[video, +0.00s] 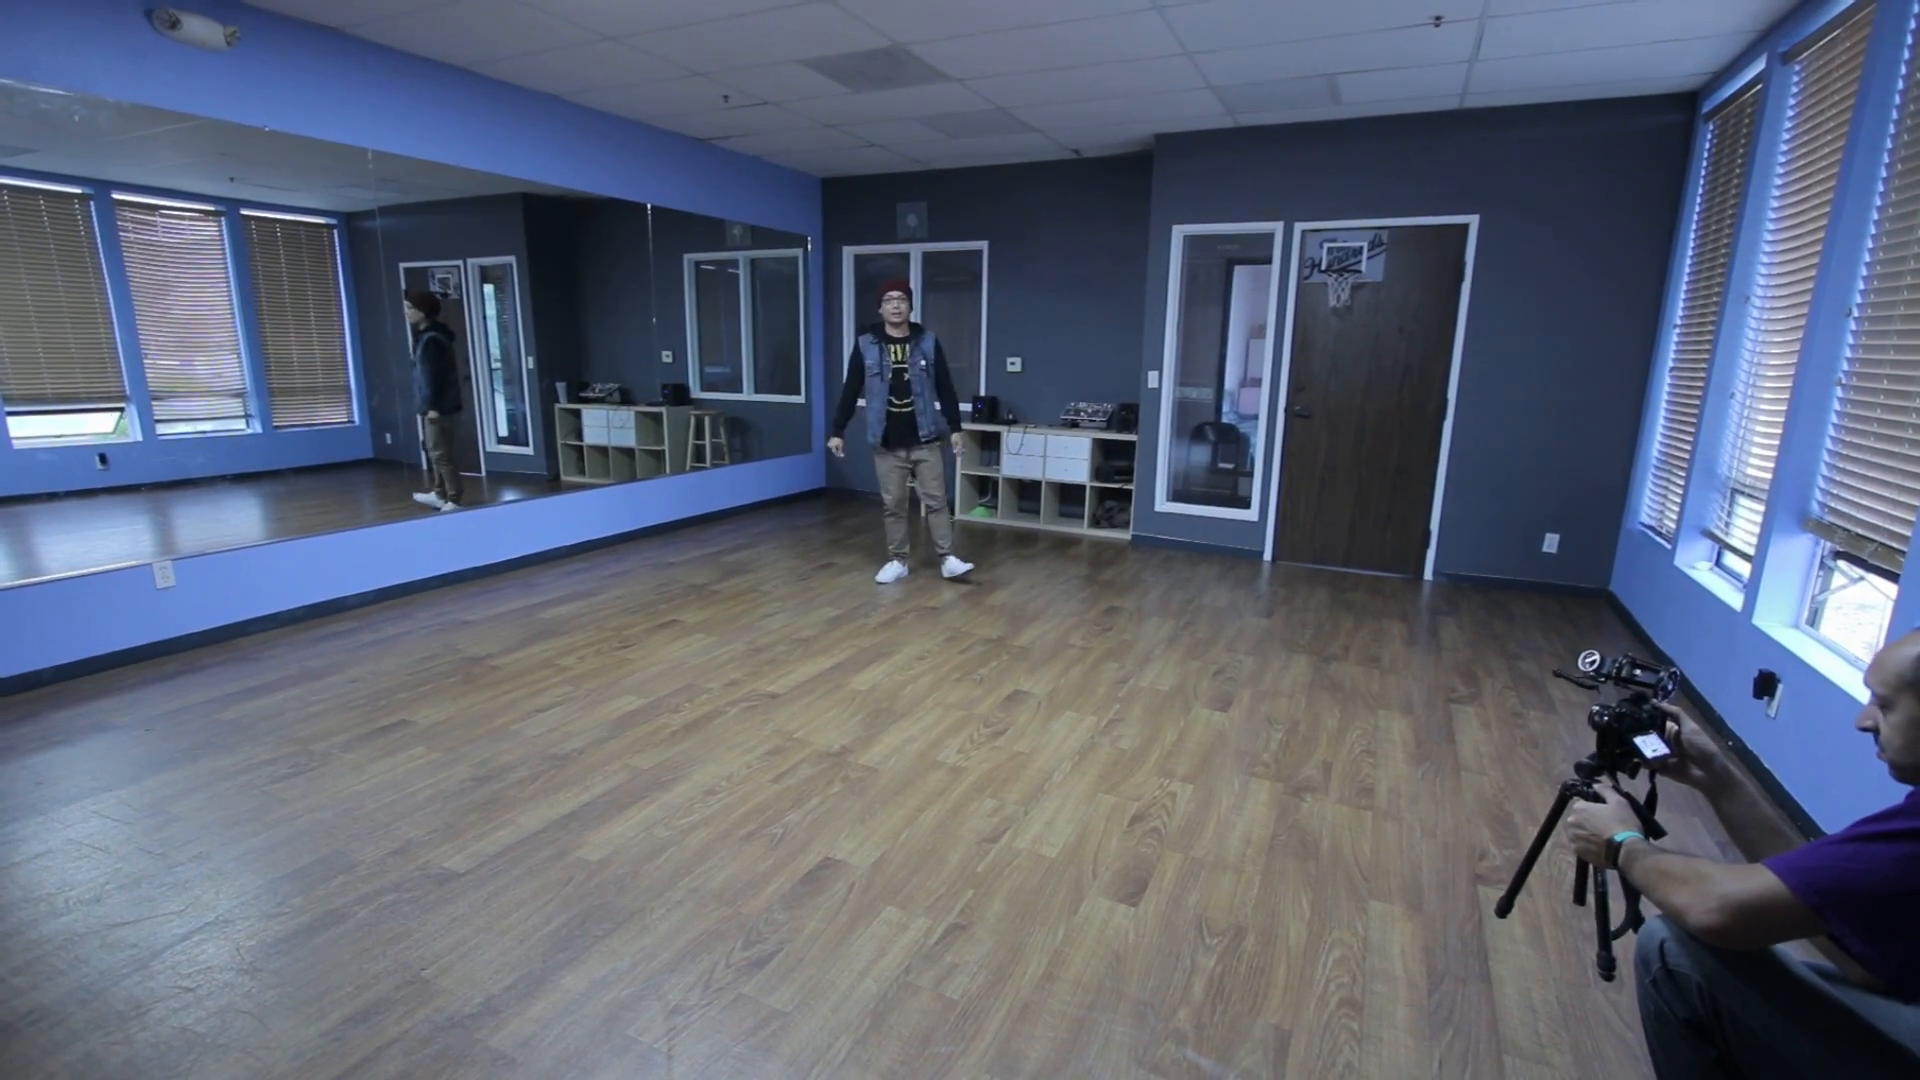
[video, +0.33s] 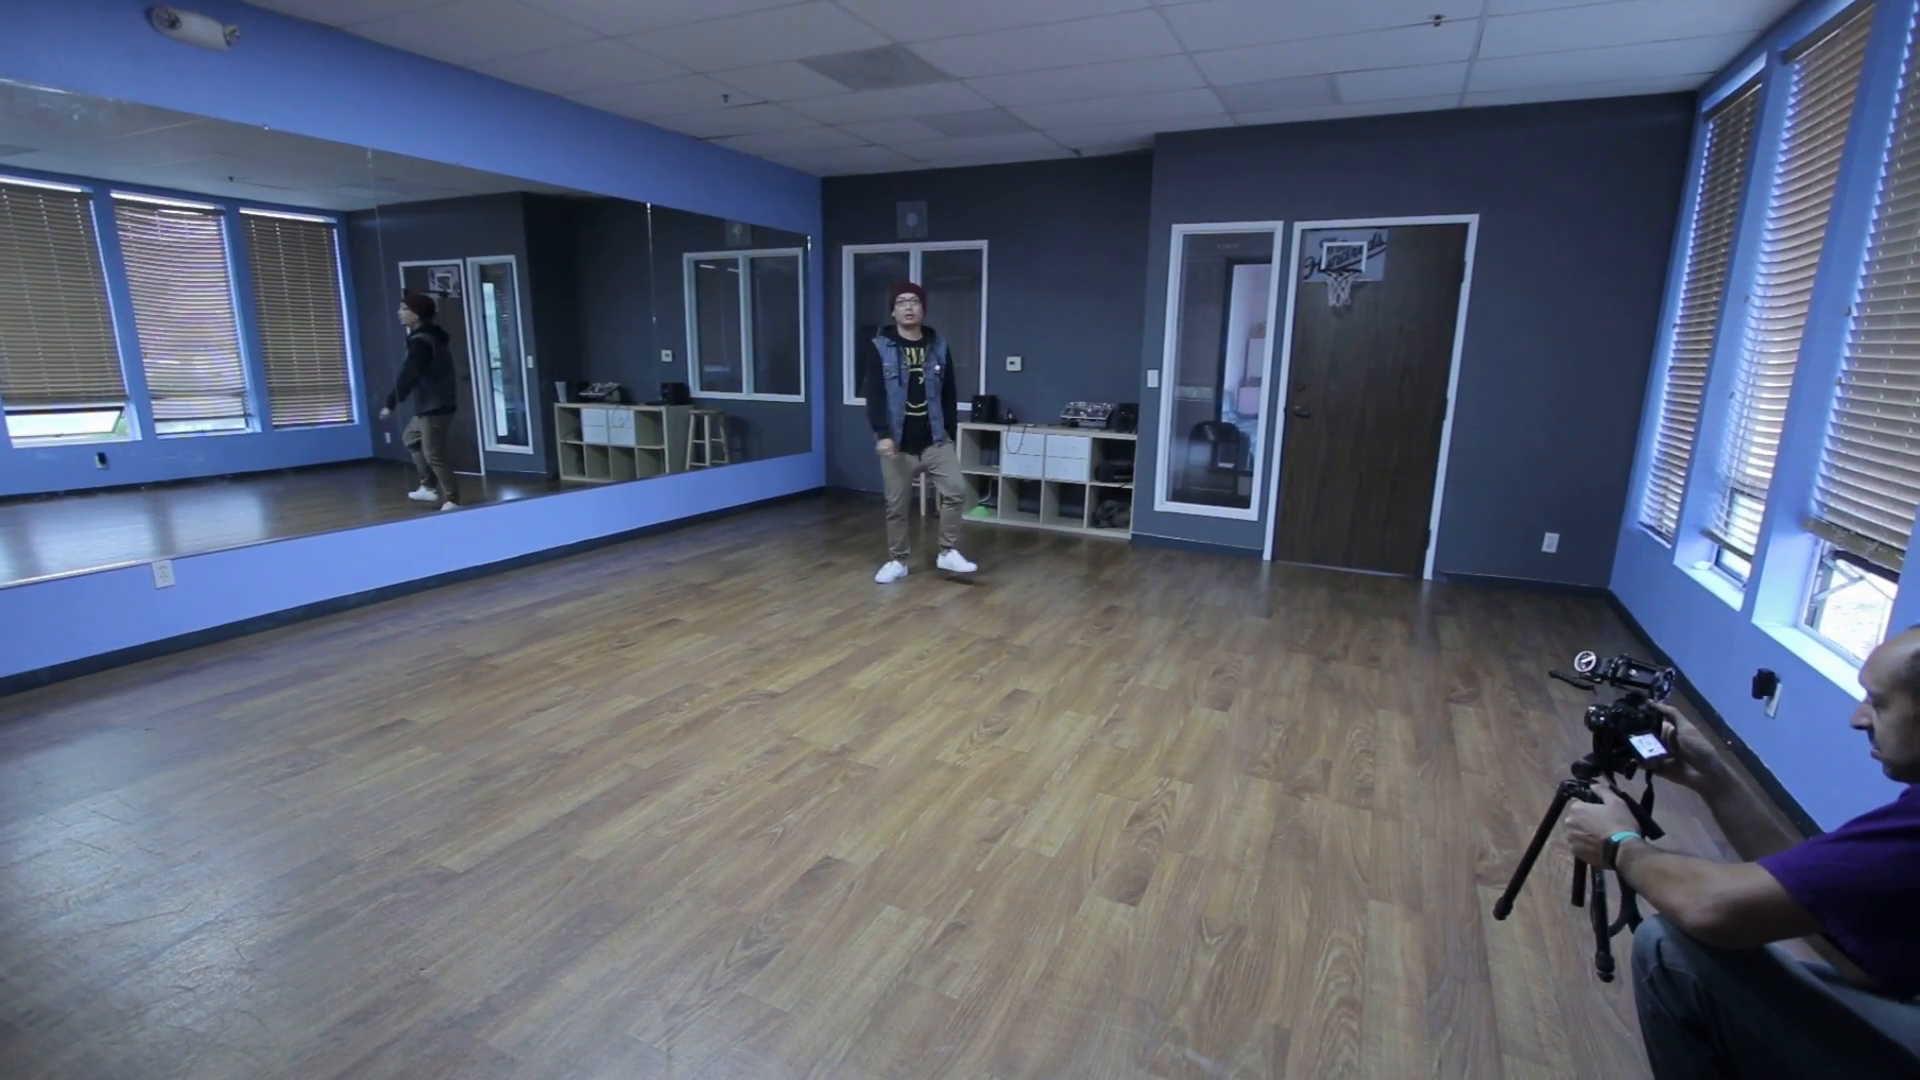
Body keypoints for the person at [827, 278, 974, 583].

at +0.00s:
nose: (895, 306)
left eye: (901, 300)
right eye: (889, 301)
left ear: (910, 306)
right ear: (880, 308)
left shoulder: (927, 342)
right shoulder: (866, 345)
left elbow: (944, 387)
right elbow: (851, 390)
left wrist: (955, 428)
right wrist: (837, 432)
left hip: (926, 438)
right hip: (887, 440)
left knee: (936, 500)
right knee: (893, 504)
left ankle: (947, 558)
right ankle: (898, 561)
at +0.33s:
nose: (909, 308)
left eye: (914, 302)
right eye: (902, 303)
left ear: (923, 309)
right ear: (893, 311)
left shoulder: (938, 345)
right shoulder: (879, 347)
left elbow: (949, 392)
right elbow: (873, 395)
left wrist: (950, 434)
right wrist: (882, 434)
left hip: (935, 438)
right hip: (897, 439)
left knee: (954, 491)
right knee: (896, 504)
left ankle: (947, 553)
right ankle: (898, 561)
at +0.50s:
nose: (921, 305)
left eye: (927, 300)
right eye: (914, 300)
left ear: (936, 306)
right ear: (906, 308)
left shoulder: (952, 344)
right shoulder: (889, 343)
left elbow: (962, 392)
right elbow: (892, 393)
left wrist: (958, 433)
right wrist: (924, 422)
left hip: (943, 438)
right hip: (904, 437)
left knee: (946, 505)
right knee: (902, 502)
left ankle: (950, 564)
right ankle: (898, 560)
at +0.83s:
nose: (960, 316)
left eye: (965, 311)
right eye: (953, 311)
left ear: (972, 318)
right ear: (941, 317)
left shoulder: (984, 358)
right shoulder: (922, 352)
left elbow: (997, 403)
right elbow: (909, 402)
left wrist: (1001, 444)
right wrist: (911, 445)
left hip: (963, 453)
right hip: (924, 449)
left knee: (963, 515)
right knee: (903, 509)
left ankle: (951, 569)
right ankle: (887, 561)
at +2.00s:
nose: (929, 332)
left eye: (934, 325)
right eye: (920, 326)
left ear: (941, 330)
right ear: (904, 331)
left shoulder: (948, 366)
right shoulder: (882, 370)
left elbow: (958, 418)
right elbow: (873, 429)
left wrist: (967, 464)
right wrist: (887, 478)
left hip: (932, 459)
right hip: (894, 462)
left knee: (934, 516)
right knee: (897, 526)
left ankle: (940, 567)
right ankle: (907, 592)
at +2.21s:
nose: (916, 329)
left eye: (922, 322)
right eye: (907, 322)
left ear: (929, 327)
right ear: (892, 328)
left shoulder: (938, 363)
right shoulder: (871, 366)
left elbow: (941, 419)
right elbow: (863, 424)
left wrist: (922, 462)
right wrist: (870, 478)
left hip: (919, 459)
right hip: (884, 459)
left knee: (911, 522)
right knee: (889, 523)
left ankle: (902, 573)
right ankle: (905, 591)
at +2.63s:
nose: (877, 297)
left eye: (882, 292)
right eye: (869, 293)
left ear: (891, 302)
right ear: (856, 304)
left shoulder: (907, 345)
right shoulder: (839, 345)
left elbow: (919, 398)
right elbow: (826, 401)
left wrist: (923, 443)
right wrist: (829, 451)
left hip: (897, 447)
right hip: (856, 448)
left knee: (880, 517)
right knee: (875, 516)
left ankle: (857, 578)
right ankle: (897, 587)